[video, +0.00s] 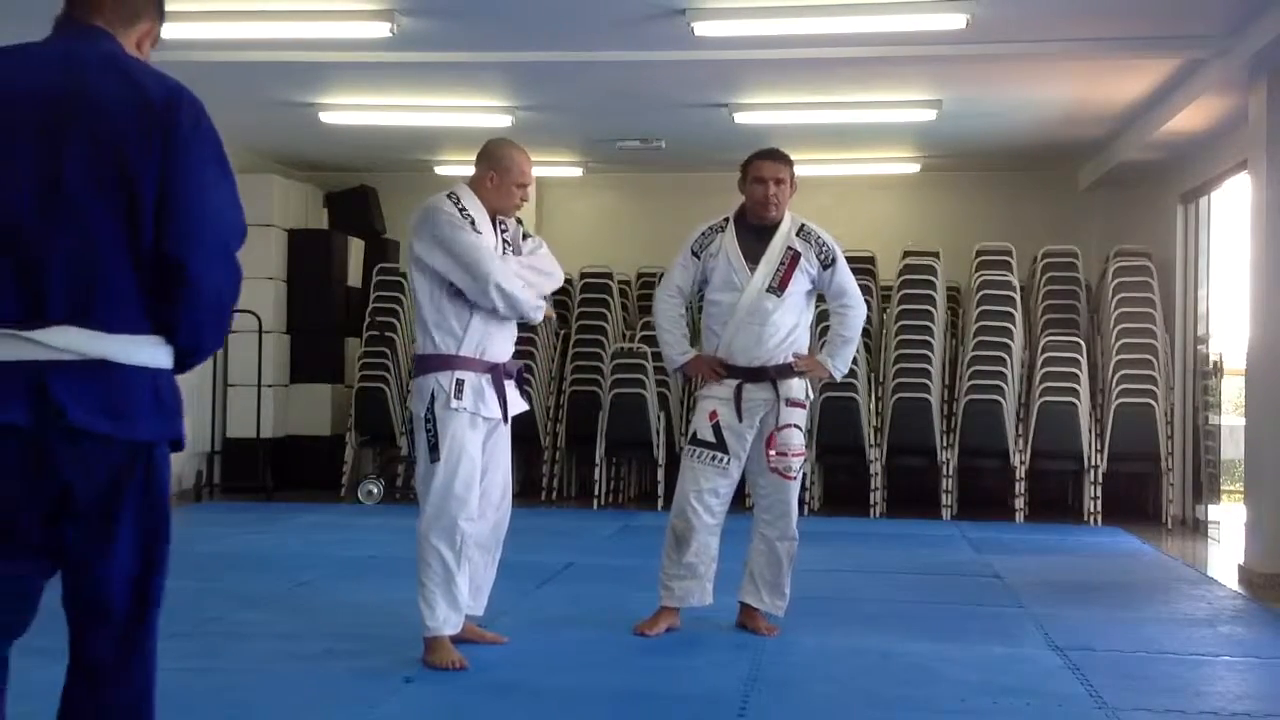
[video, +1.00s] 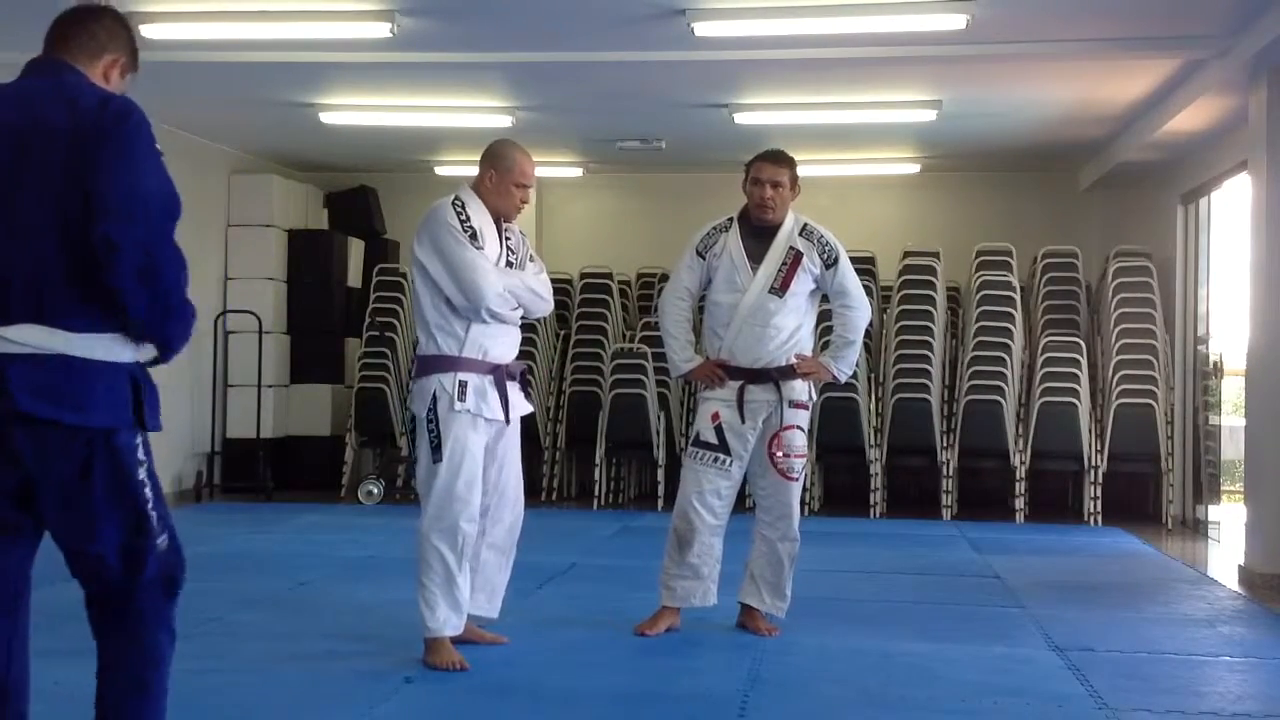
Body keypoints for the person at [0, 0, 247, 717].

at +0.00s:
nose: (150, 56)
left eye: (153, 44)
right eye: (154, 44)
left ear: (62, 17)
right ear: (142, 33)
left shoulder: (8, 72)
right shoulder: (163, 106)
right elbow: (208, 266)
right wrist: (169, 354)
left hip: (6, 394)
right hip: (113, 401)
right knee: (112, 641)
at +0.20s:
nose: (168, 64)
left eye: (169, 55)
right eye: (171, 54)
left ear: (81, 28)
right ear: (161, 49)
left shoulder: (10, 83)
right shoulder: (181, 110)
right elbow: (231, 253)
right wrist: (210, 334)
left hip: (9, 392)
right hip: (127, 403)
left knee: (1, 623)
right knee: (117, 639)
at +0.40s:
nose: (167, 77)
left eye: (169, 71)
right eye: (172, 69)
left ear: (79, 46)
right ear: (161, 62)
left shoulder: (10, 96)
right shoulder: (175, 113)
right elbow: (218, 237)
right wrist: (222, 332)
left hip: (8, 391)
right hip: (123, 399)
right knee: (117, 619)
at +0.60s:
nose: (145, 83)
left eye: (148, 74)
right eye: (151, 74)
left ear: (64, 50)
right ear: (136, 65)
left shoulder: (6, 105)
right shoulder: (149, 123)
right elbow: (193, 246)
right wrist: (200, 333)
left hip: (3, 394)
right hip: (98, 402)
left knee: (7, 608)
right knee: (109, 610)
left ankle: (17, 708)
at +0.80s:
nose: (123, 86)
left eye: (123, 77)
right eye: (126, 76)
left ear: (40, 49)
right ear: (108, 63)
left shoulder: (5, 101)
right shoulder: (118, 121)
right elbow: (172, 242)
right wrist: (160, 331)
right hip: (76, 393)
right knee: (117, 592)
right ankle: (101, 716)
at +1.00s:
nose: (123, 92)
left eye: (126, 82)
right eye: (129, 81)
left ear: (48, 54)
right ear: (111, 68)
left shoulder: (4, 106)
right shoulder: (110, 122)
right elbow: (138, 241)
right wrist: (171, 329)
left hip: (4, 388)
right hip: (76, 395)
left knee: (3, 594)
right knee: (140, 583)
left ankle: (11, 704)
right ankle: (130, 711)